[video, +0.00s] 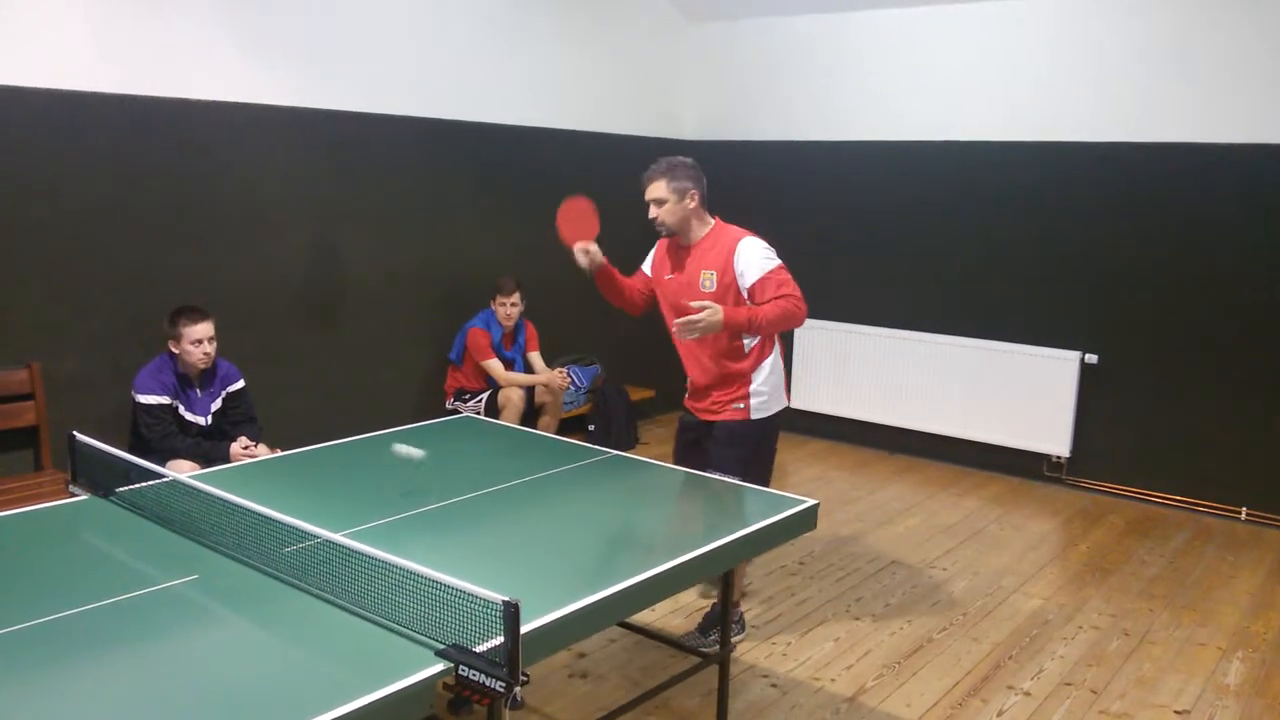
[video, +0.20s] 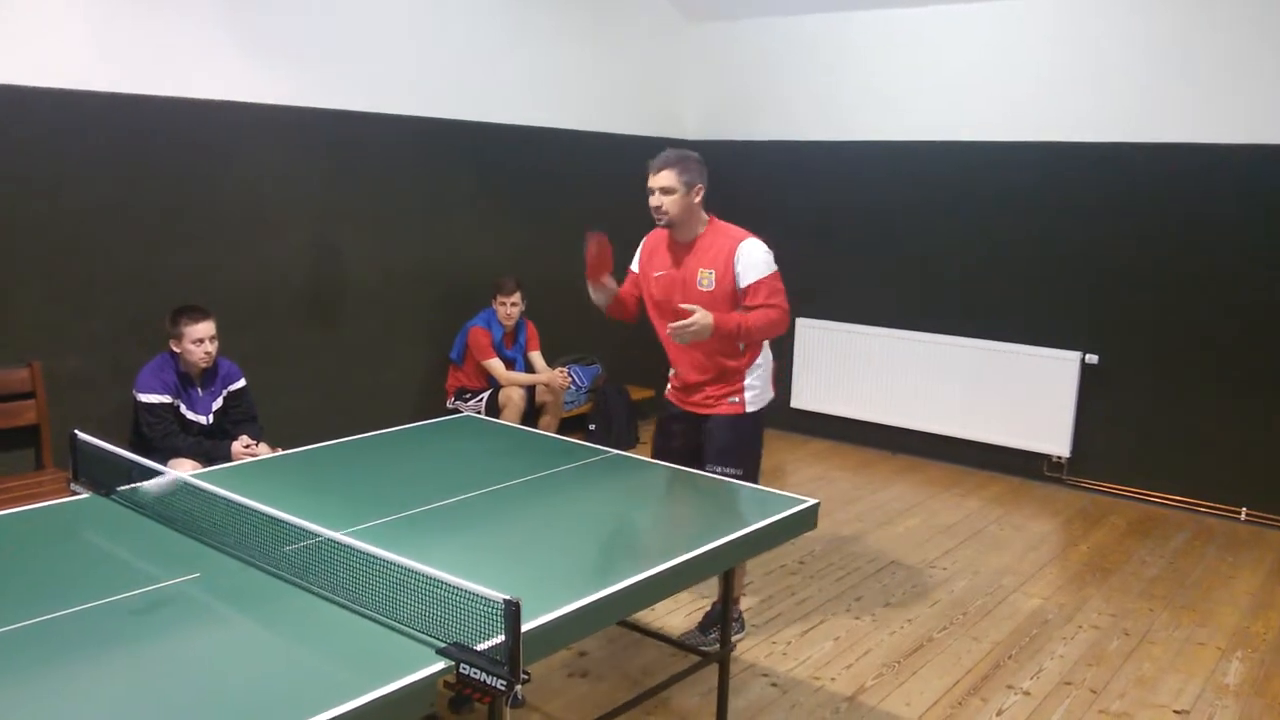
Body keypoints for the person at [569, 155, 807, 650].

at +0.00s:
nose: (651, 214)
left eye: (658, 203)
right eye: (649, 204)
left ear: (692, 199)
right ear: (677, 203)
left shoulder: (743, 248)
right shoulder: (663, 253)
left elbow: (793, 307)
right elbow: (634, 299)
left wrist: (728, 318)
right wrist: (601, 269)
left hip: (748, 408)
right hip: (698, 404)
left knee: (734, 513)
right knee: (692, 505)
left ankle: (731, 610)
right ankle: (725, 596)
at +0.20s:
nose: (655, 202)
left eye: (665, 193)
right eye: (651, 193)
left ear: (697, 194)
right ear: (649, 196)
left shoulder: (743, 249)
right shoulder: (652, 245)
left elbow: (776, 317)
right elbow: (631, 308)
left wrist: (717, 324)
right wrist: (609, 297)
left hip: (735, 401)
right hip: (681, 394)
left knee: (729, 504)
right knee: (668, 492)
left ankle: (731, 607)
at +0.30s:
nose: (649, 204)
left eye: (660, 195)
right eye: (645, 194)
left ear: (692, 196)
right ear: (644, 197)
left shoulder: (735, 252)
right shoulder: (642, 251)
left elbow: (761, 322)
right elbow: (635, 321)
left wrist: (704, 327)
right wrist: (630, 331)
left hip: (725, 403)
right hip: (672, 396)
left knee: (726, 504)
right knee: (648, 491)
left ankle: (728, 606)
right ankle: (624, 585)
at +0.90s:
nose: (672, 241)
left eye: (682, 230)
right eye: (667, 230)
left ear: (713, 225)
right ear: (664, 228)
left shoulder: (760, 272)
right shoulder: (664, 277)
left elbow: (791, 341)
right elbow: (655, 336)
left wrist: (737, 383)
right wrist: (666, 387)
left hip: (762, 416)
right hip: (696, 414)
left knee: (778, 511)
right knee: (666, 501)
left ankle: (795, 617)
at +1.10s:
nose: (670, 247)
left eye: (678, 236)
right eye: (665, 237)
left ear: (710, 228)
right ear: (663, 233)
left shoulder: (761, 272)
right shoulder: (662, 277)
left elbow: (803, 329)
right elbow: (631, 327)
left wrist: (761, 380)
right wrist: (629, 379)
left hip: (756, 411)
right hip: (692, 407)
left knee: (774, 510)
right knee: (660, 499)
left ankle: (794, 615)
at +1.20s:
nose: (668, 240)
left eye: (677, 229)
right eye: (662, 230)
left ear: (706, 222)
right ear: (658, 229)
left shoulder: (756, 268)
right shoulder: (653, 269)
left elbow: (795, 325)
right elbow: (603, 308)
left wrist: (755, 373)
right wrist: (586, 346)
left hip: (745, 412)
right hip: (681, 406)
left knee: (770, 508)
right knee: (644, 495)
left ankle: (792, 616)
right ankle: (619, 585)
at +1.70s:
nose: (665, 215)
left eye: (676, 207)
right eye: (663, 206)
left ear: (709, 210)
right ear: (664, 210)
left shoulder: (755, 263)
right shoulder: (657, 267)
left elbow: (781, 334)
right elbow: (648, 334)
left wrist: (731, 371)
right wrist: (646, 378)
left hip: (742, 417)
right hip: (677, 415)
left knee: (768, 512)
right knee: (653, 504)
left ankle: (790, 615)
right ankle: (626, 589)